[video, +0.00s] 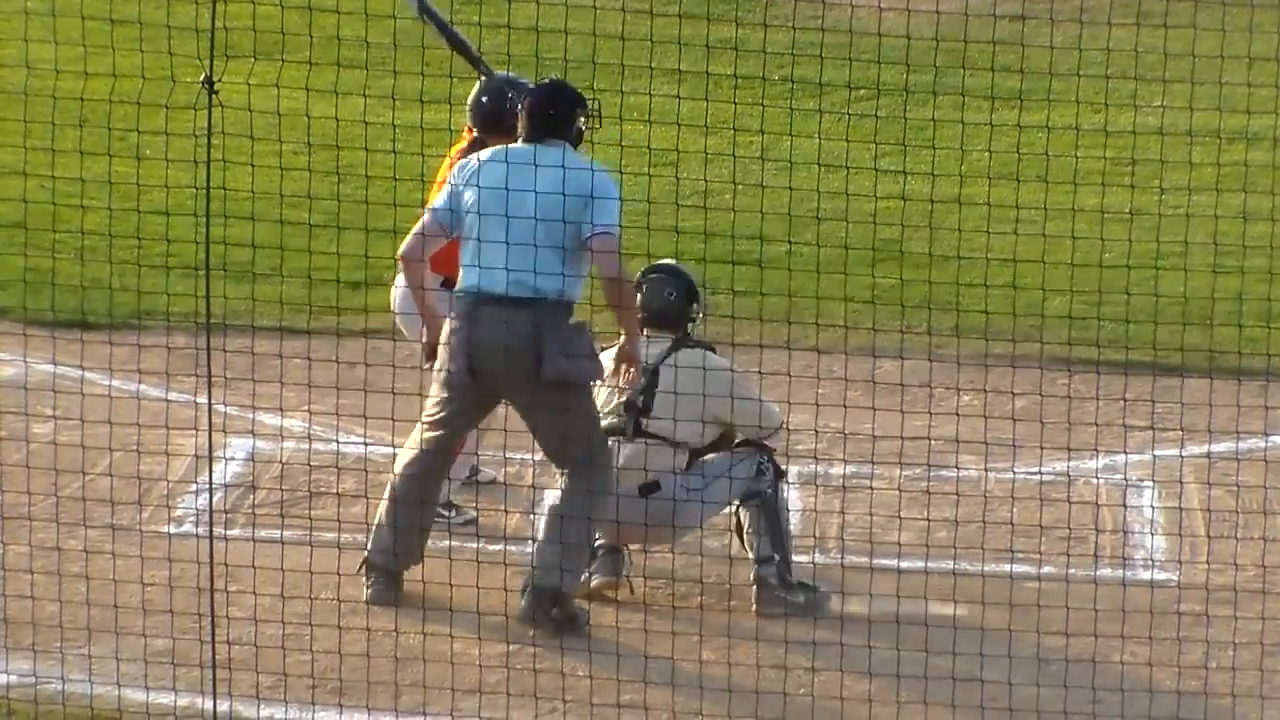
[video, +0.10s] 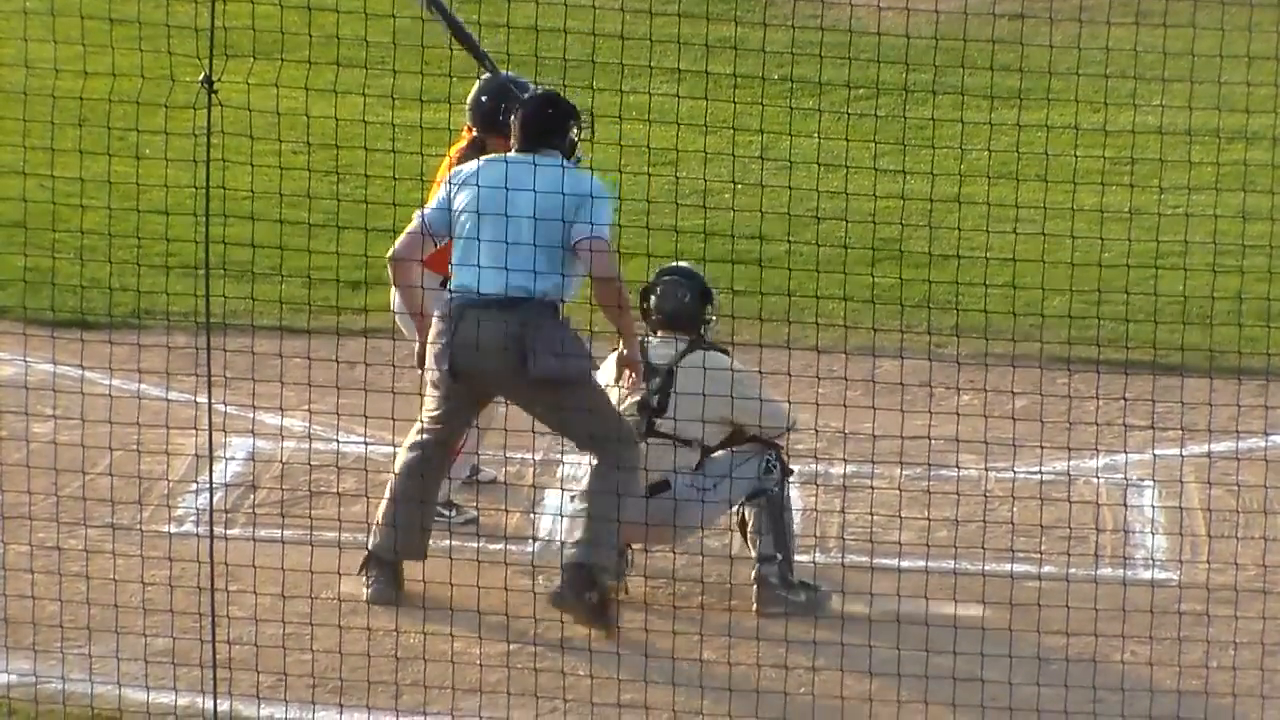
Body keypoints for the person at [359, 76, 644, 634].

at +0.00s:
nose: (586, 131)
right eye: (582, 125)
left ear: (521, 123)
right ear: (576, 128)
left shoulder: (478, 168)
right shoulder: (594, 179)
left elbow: (411, 254)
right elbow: (608, 268)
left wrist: (432, 324)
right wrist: (630, 339)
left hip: (470, 329)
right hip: (544, 337)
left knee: (431, 440)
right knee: (590, 465)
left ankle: (383, 570)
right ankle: (547, 591)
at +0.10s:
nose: (579, 147)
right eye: (576, 140)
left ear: (515, 136)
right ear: (569, 142)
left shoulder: (469, 177)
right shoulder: (584, 186)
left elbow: (404, 256)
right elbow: (600, 270)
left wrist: (429, 333)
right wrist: (630, 340)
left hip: (460, 332)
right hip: (535, 337)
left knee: (431, 437)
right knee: (617, 446)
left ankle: (383, 565)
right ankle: (586, 574)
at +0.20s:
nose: (580, 158)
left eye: (510, 145)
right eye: (578, 151)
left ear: (515, 146)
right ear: (571, 154)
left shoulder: (471, 189)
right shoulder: (586, 197)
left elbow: (400, 264)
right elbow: (605, 281)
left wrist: (424, 341)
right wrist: (632, 354)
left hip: (456, 341)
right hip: (533, 344)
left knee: (437, 431)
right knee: (623, 457)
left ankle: (383, 563)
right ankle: (638, 592)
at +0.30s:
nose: (589, 178)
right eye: (586, 171)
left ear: (527, 169)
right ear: (579, 174)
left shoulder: (483, 210)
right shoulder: (595, 218)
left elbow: (405, 278)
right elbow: (611, 300)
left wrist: (428, 352)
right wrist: (641, 375)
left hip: (462, 362)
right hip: (541, 367)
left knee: (437, 442)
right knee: (633, 466)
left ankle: (383, 562)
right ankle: (646, 604)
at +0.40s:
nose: (598, 209)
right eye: (595, 202)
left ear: (538, 197)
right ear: (590, 204)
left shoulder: (490, 237)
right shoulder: (603, 247)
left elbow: (405, 297)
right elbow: (625, 320)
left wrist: (435, 366)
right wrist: (645, 397)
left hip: (467, 389)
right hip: (547, 393)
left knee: (441, 450)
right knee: (652, 473)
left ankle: (383, 561)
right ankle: (648, 605)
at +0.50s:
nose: (604, 230)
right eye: (603, 224)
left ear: (546, 223)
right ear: (597, 228)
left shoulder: (498, 258)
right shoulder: (610, 271)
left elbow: (410, 308)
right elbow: (628, 339)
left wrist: (440, 376)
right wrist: (646, 413)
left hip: (469, 407)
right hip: (548, 412)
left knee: (442, 451)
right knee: (657, 473)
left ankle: (383, 563)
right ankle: (649, 605)